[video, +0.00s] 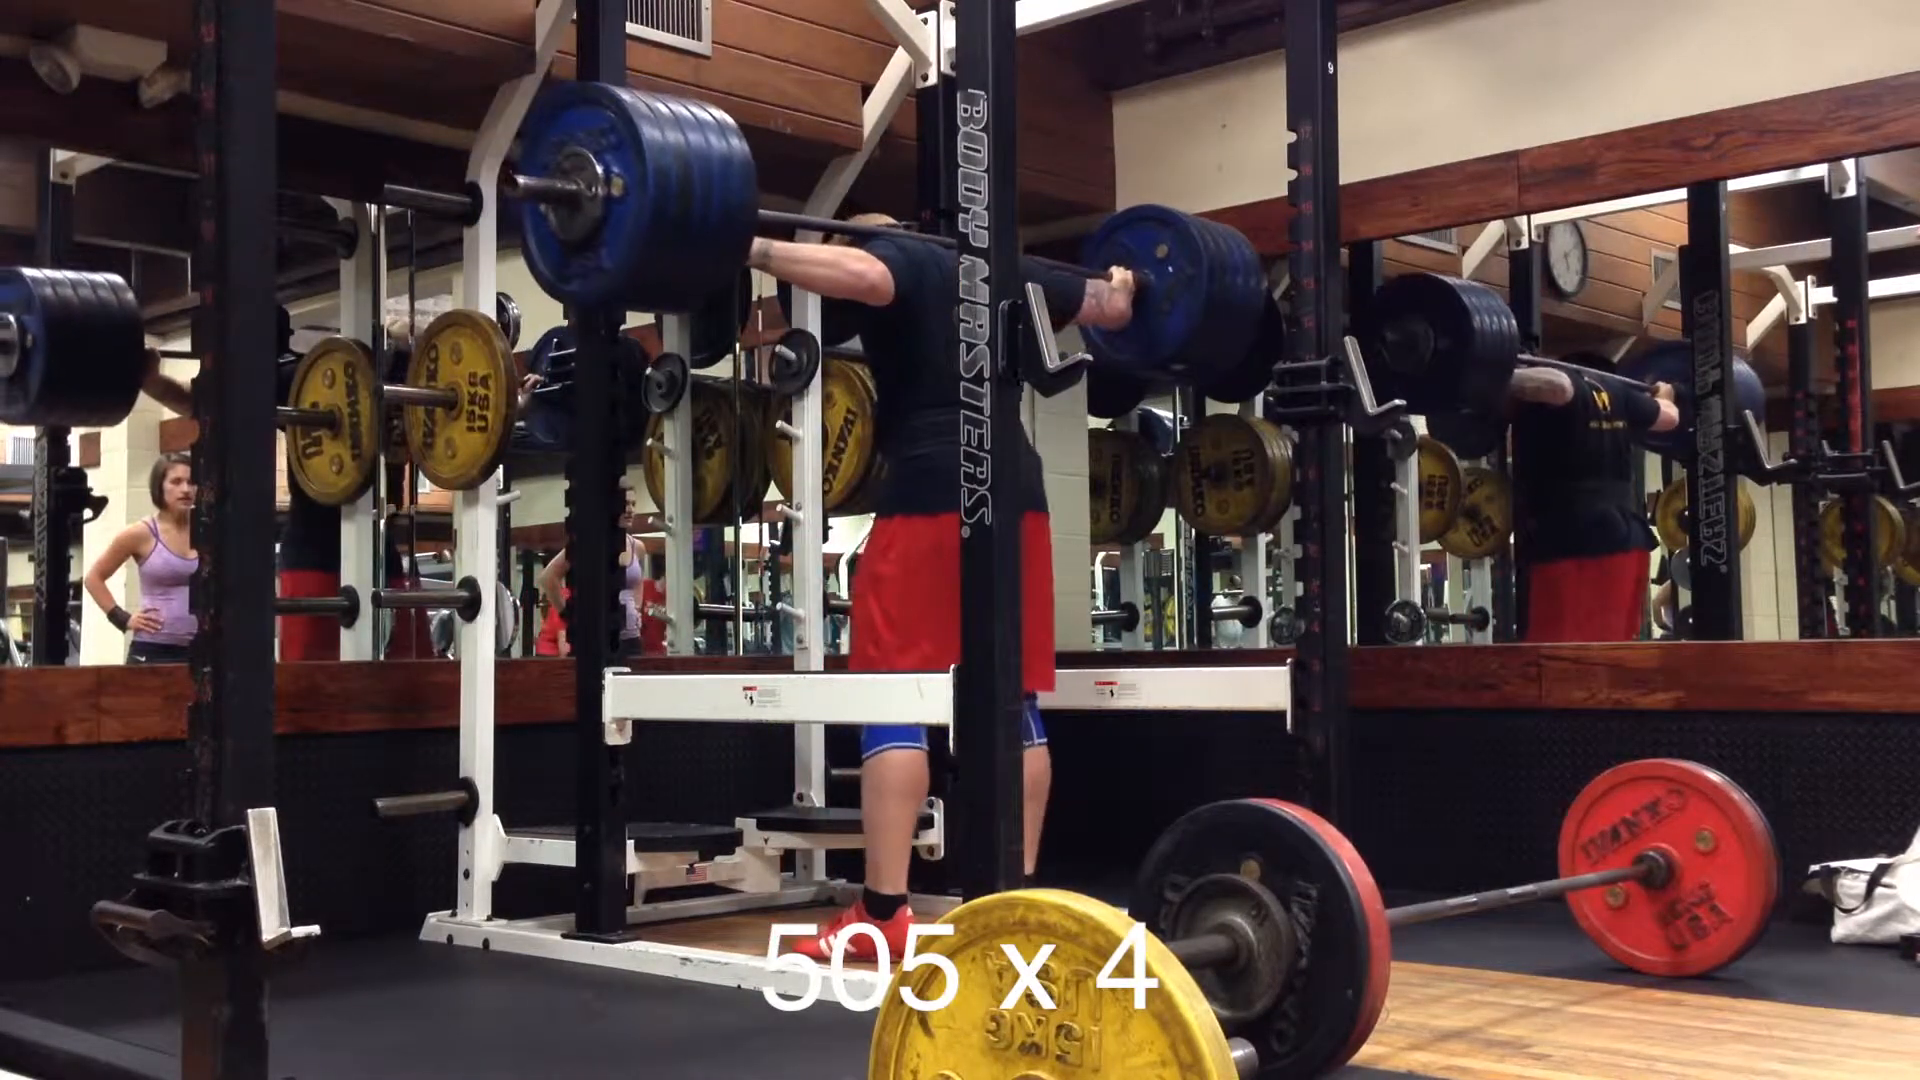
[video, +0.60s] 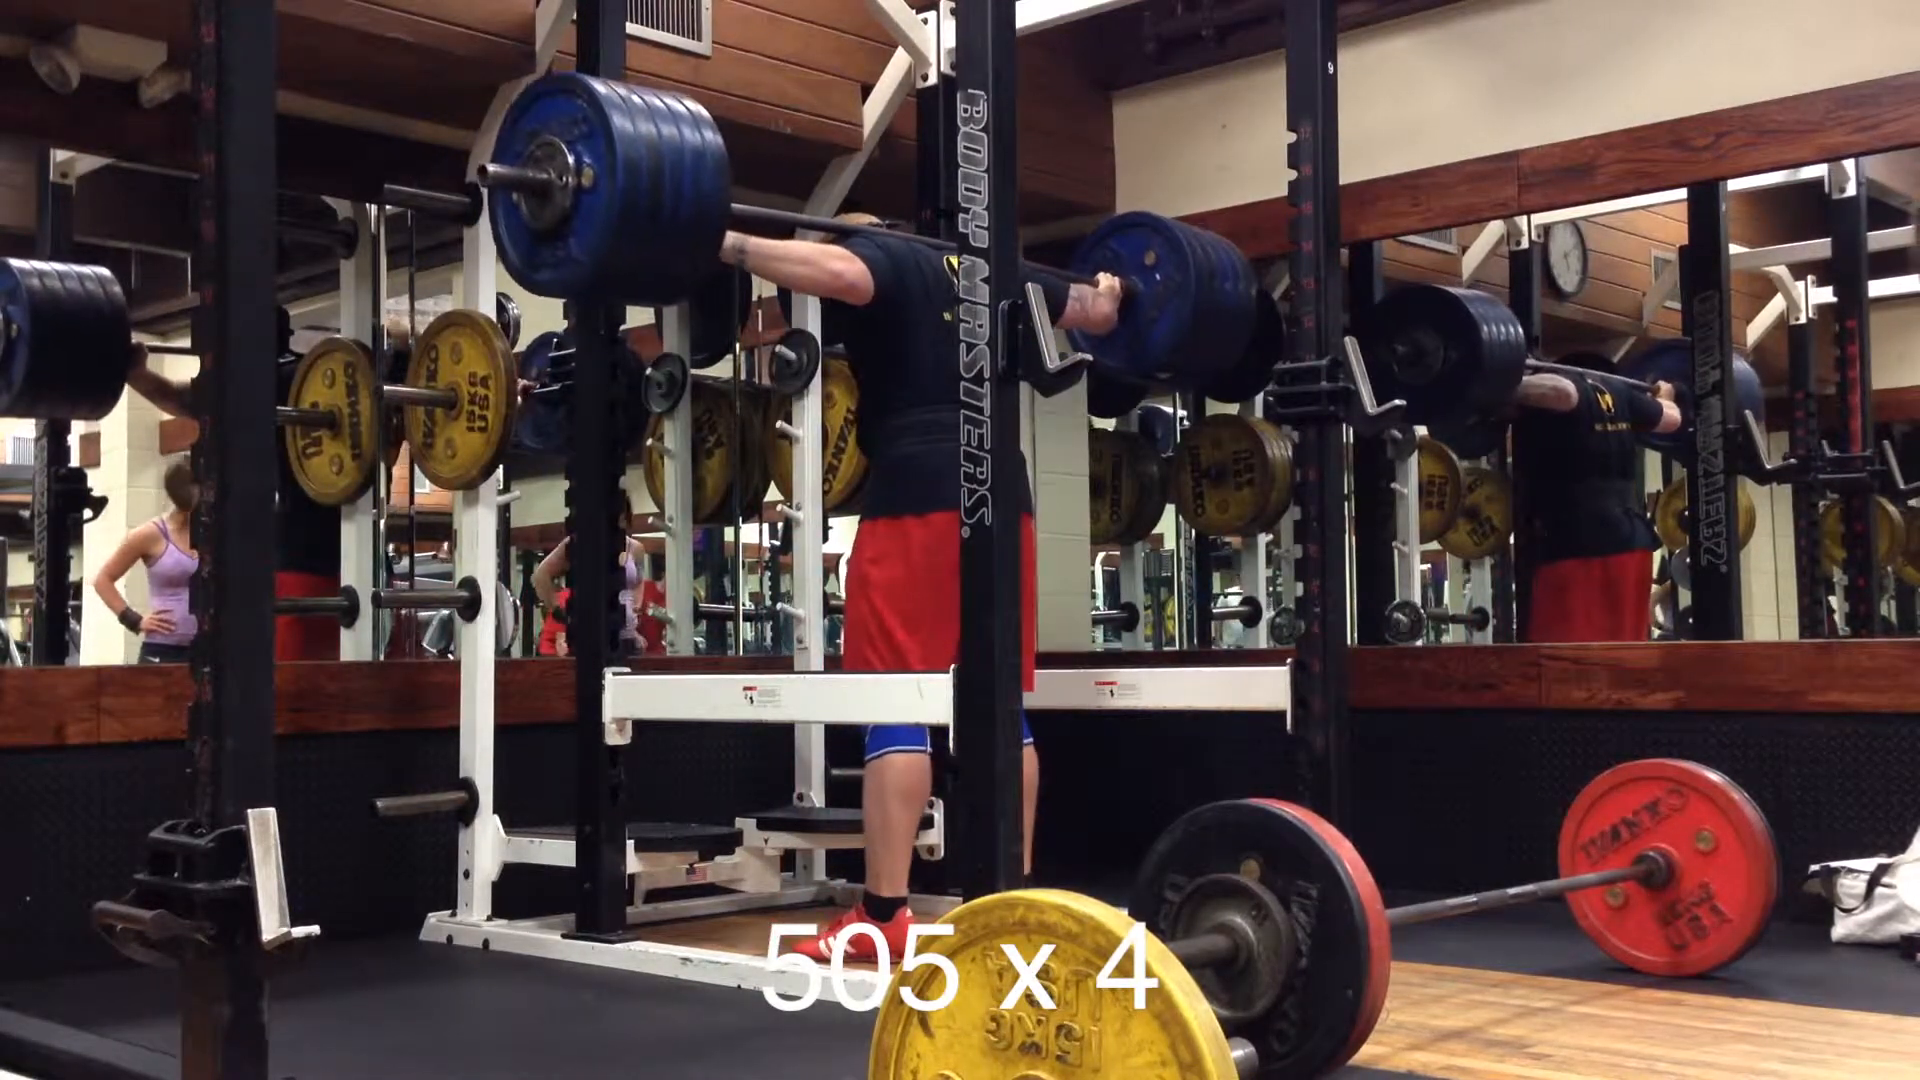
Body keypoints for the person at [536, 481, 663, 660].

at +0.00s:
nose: (630, 510)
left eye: (632, 504)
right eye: (624, 504)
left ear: (636, 506)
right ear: (609, 507)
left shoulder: (637, 546)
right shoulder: (588, 542)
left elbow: (638, 581)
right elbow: (548, 577)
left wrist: (636, 609)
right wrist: (566, 613)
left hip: (630, 631)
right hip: (595, 632)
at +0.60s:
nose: (620, 524)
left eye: (623, 519)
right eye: (614, 518)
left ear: (627, 518)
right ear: (598, 517)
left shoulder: (634, 548)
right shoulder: (575, 544)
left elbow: (639, 581)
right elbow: (540, 577)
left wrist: (637, 606)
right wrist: (556, 609)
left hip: (625, 628)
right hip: (587, 629)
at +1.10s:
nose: (596, 524)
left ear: (610, 518)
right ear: (576, 516)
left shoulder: (619, 547)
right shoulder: (554, 544)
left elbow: (634, 584)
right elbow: (517, 580)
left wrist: (623, 613)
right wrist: (537, 614)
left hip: (606, 636)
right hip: (564, 637)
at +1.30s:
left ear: (609, 517)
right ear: (575, 515)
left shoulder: (618, 544)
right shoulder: (553, 544)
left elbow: (636, 581)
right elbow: (517, 579)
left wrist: (624, 611)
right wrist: (537, 615)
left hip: (607, 636)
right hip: (565, 637)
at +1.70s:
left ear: (614, 522)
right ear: (580, 523)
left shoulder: (632, 546)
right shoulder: (565, 546)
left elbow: (655, 581)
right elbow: (532, 579)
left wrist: (642, 611)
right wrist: (551, 614)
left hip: (618, 629)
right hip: (578, 629)